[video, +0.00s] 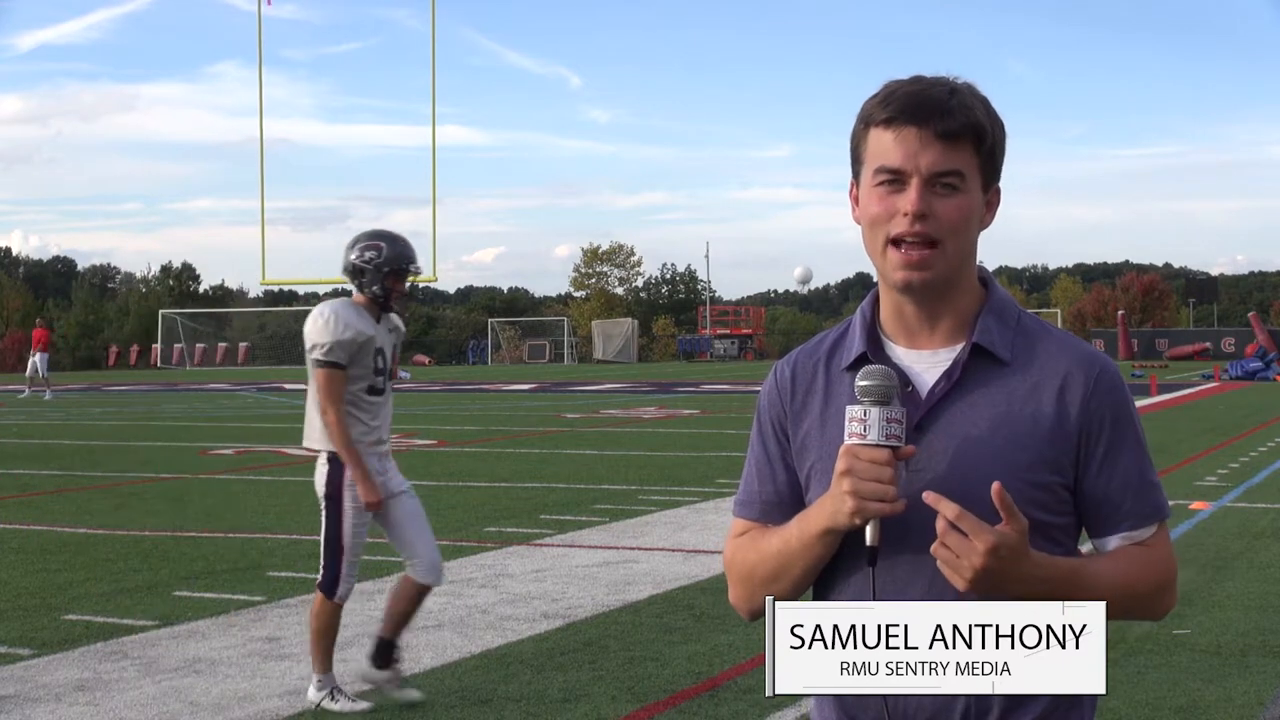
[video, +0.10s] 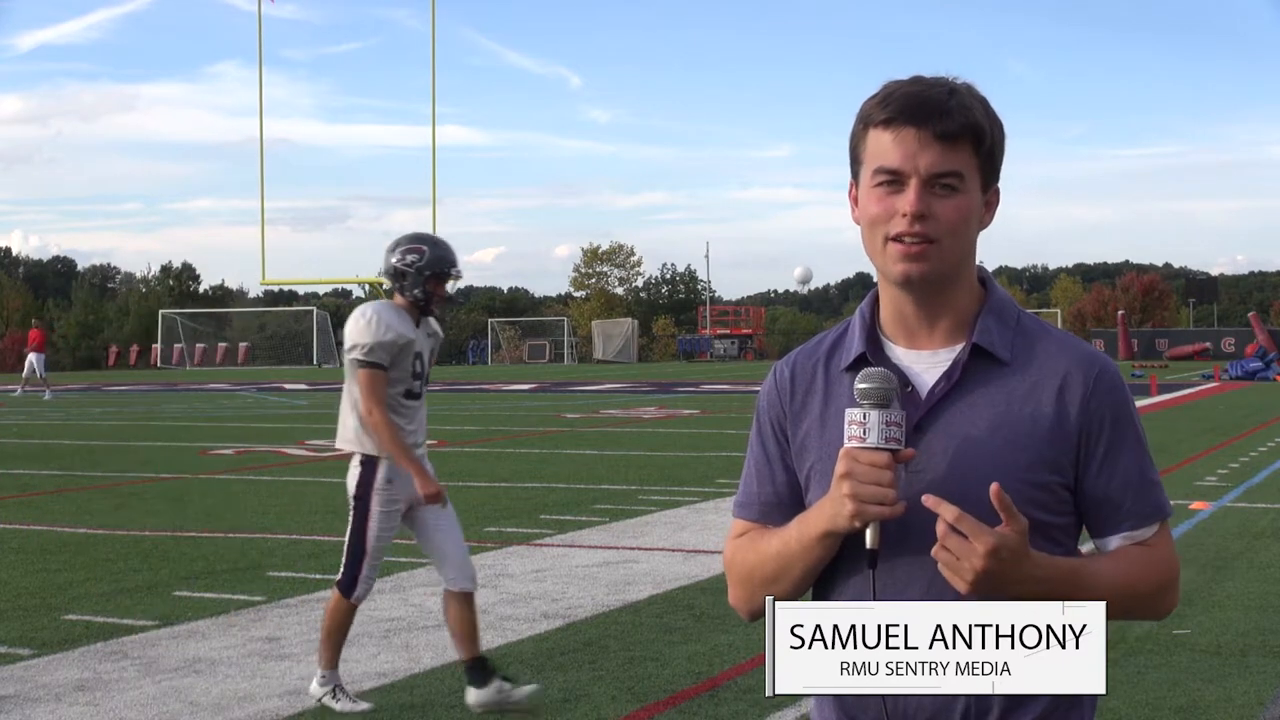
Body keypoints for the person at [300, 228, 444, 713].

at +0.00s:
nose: (404, 286)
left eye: (405, 278)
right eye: (397, 278)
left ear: (391, 277)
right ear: (371, 276)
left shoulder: (392, 327)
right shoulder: (332, 320)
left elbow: (374, 396)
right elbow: (328, 407)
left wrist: (381, 456)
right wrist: (360, 475)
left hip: (381, 463)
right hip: (341, 465)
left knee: (426, 568)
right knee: (336, 581)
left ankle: (381, 665)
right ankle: (322, 683)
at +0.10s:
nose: (447, 289)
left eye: (447, 280)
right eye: (441, 281)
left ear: (423, 281)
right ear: (414, 279)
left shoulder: (429, 330)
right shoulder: (374, 322)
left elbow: (406, 399)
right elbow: (370, 408)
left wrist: (410, 456)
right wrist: (417, 471)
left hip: (418, 466)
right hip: (376, 467)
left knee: (460, 575)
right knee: (355, 581)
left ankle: (480, 680)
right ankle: (325, 681)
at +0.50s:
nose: (602, 285)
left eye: (603, 275)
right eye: (596, 275)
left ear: (578, 272)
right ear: (571, 272)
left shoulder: (585, 327)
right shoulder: (527, 317)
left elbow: (578, 410)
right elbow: (517, 410)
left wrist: (609, 474)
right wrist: (532, 484)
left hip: (568, 462)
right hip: (546, 463)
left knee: (543, 582)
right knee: (607, 578)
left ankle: (522, 690)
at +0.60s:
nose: (641, 286)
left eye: (643, 277)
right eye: (635, 277)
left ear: (623, 276)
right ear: (607, 274)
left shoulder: (625, 328)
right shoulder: (565, 321)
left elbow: (631, 402)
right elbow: (549, 410)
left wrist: (681, 457)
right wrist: (556, 490)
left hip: (604, 464)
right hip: (582, 465)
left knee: (562, 582)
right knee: (644, 580)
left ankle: (528, 686)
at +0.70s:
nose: (682, 292)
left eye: (683, 283)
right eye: (675, 283)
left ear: (661, 280)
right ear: (648, 280)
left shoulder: (666, 333)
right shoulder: (607, 328)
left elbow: (679, 403)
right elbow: (586, 420)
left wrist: (741, 442)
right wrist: (590, 498)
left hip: (645, 468)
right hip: (625, 470)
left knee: (596, 586)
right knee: (675, 590)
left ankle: (538, 678)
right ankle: (712, 706)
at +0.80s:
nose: (724, 294)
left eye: (726, 284)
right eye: (718, 284)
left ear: (698, 283)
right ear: (691, 281)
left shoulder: (707, 331)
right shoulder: (648, 329)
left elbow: (711, 402)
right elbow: (631, 422)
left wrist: (758, 440)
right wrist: (636, 500)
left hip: (693, 468)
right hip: (668, 469)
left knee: (669, 596)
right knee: (705, 587)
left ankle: (579, 659)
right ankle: (718, 706)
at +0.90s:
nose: (765, 289)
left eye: (766, 280)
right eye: (760, 280)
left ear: (734, 277)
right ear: (735, 276)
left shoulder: (742, 323)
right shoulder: (689, 322)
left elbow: (736, 387)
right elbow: (679, 416)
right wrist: (695, 496)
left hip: (743, 464)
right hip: (708, 466)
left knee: (746, 588)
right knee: (721, 590)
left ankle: (657, 646)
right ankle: (719, 706)